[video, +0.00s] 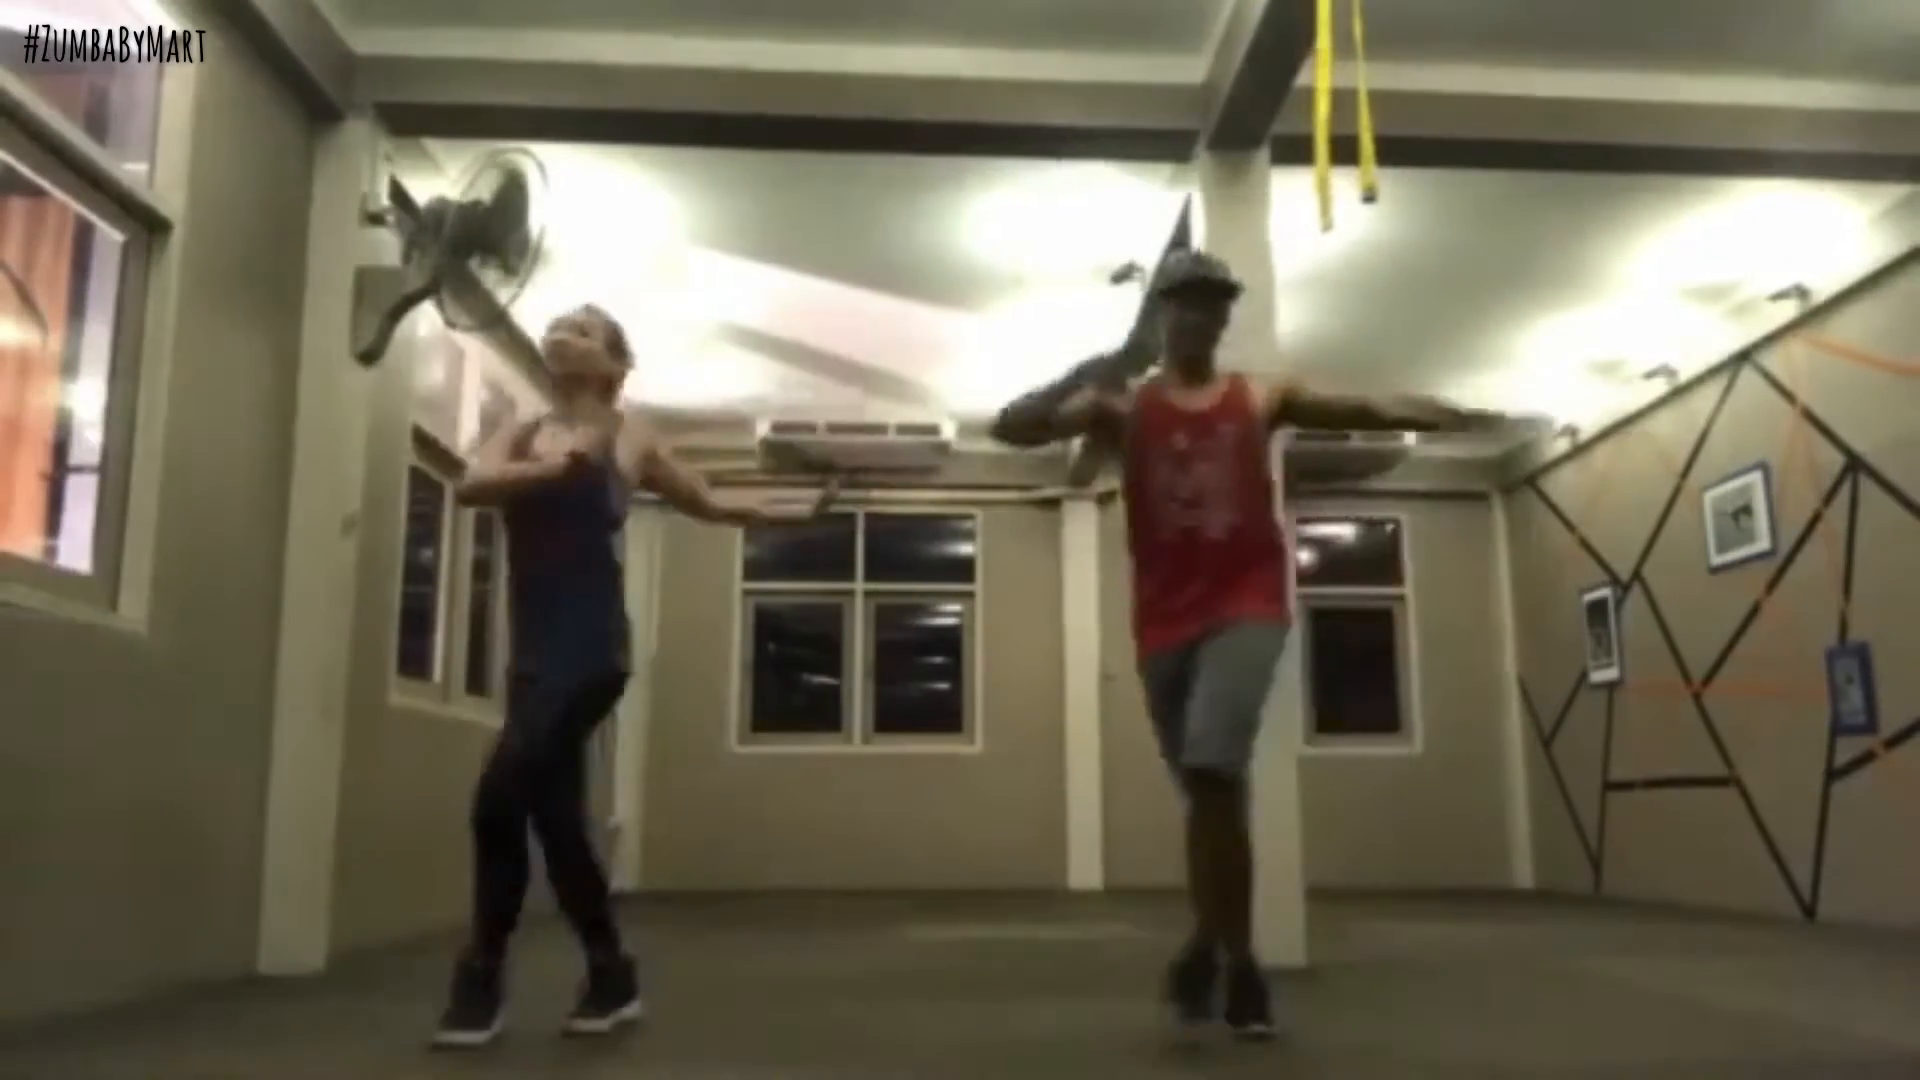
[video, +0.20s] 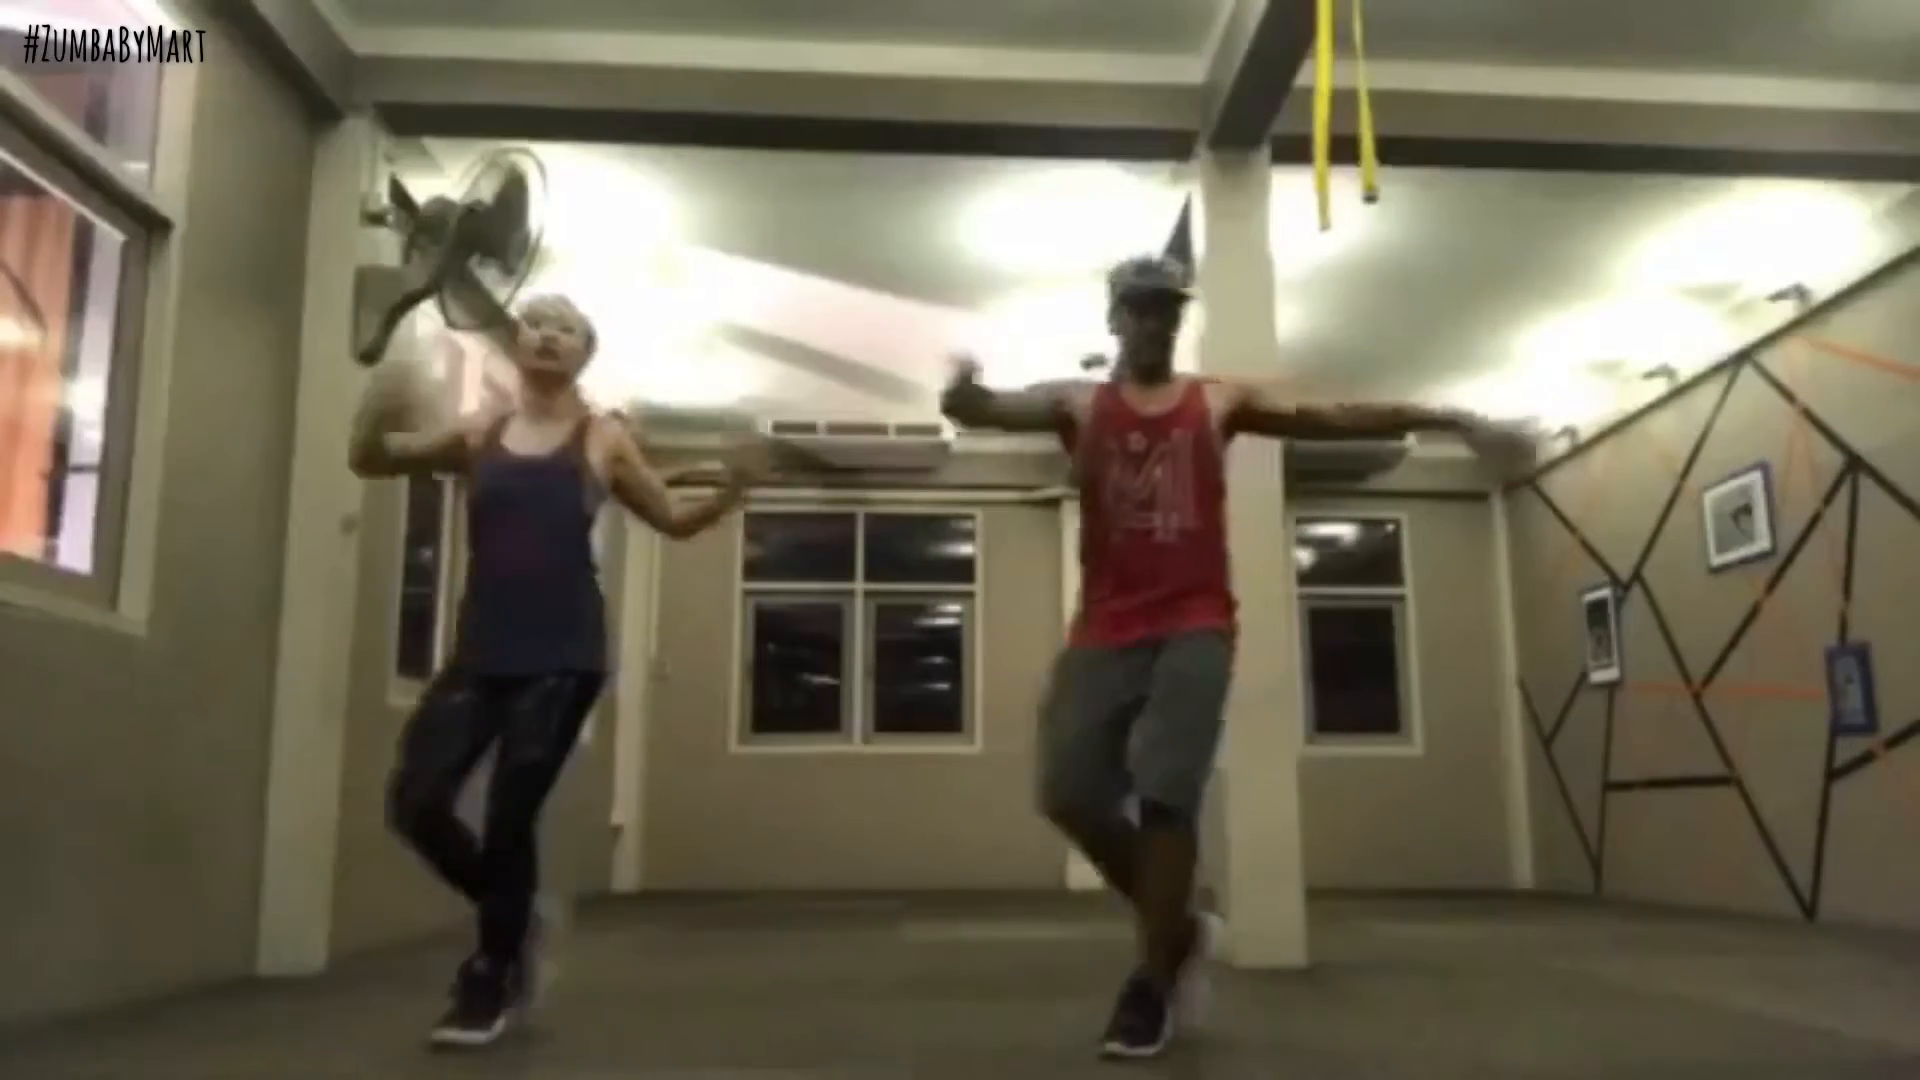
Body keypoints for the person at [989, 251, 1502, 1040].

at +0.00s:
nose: (1201, 320)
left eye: (1213, 308)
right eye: (1187, 307)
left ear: (1227, 317)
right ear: (1159, 316)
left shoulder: (1257, 397)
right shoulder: (1125, 408)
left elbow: (1362, 409)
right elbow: (1011, 427)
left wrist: (1440, 415)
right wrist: (1081, 389)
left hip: (1248, 605)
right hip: (1166, 618)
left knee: (1211, 767)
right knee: (1208, 790)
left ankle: (1207, 947)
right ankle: (1241, 970)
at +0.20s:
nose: (1150, 326)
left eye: (1163, 312)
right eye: (1137, 310)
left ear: (1181, 319)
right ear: (1113, 317)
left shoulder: (1218, 401)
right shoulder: (1078, 403)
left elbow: (1336, 416)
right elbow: (982, 411)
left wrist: (1458, 422)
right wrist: (964, 393)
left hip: (1193, 622)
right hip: (1104, 625)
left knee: (1164, 789)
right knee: (1069, 795)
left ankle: (1150, 983)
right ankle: (1177, 931)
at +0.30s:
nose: (1134, 321)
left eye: (1147, 308)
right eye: (1120, 307)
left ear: (1168, 314)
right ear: (1096, 314)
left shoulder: (1201, 392)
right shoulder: (1061, 391)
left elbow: (1296, 410)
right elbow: (956, 383)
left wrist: (1369, 386)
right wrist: (877, 353)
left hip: (1165, 627)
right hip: (1075, 621)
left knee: (1157, 802)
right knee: (1015, 763)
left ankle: (1143, 988)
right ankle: (1079, 908)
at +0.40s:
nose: (1116, 326)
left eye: (1131, 311)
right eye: (1103, 311)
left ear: (1158, 316)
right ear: (1079, 315)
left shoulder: (1183, 390)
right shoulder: (1047, 387)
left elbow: (1280, 425)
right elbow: (925, 372)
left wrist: (1265, 372)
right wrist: (821, 358)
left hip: (1148, 628)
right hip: (1054, 621)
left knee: (1147, 802)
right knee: (993, 770)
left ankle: (1136, 984)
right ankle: (990, 932)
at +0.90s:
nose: (1109, 338)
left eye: (1127, 324)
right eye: (1097, 322)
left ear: (1150, 334)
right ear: (1073, 327)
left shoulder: (1165, 409)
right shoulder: (1028, 394)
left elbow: (1277, 427)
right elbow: (918, 389)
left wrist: (1380, 400)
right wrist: (944, 314)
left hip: (1146, 633)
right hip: (1051, 637)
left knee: (1193, 794)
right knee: (1010, 807)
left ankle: (1242, 936)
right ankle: (950, 968)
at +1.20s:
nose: (1151, 298)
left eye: (1166, 285)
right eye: (1143, 283)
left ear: (1191, 300)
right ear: (1122, 297)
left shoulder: (1225, 377)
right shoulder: (1095, 384)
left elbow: (1339, 352)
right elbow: (999, 333)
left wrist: (1436, 314)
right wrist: (982, 241)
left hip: (1219, 624)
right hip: (1128, 627)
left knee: (1252, 798)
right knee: (1100, 796)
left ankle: (1271, 966)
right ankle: (1063, 965)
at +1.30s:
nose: (1176, 301)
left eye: (1188, 290)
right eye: (1162, 286)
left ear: (1200, 303)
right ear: (1129, 300)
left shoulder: (1224, 372)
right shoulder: (1112, 381)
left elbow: (1327, 323)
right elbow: (1088, 366)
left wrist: (1412, 249)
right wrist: (1076, 305)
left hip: (1222, 612)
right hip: (1137, 616)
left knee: (1252, 781)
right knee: (1141, 785)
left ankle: (1265, 956)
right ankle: (1135, 959)